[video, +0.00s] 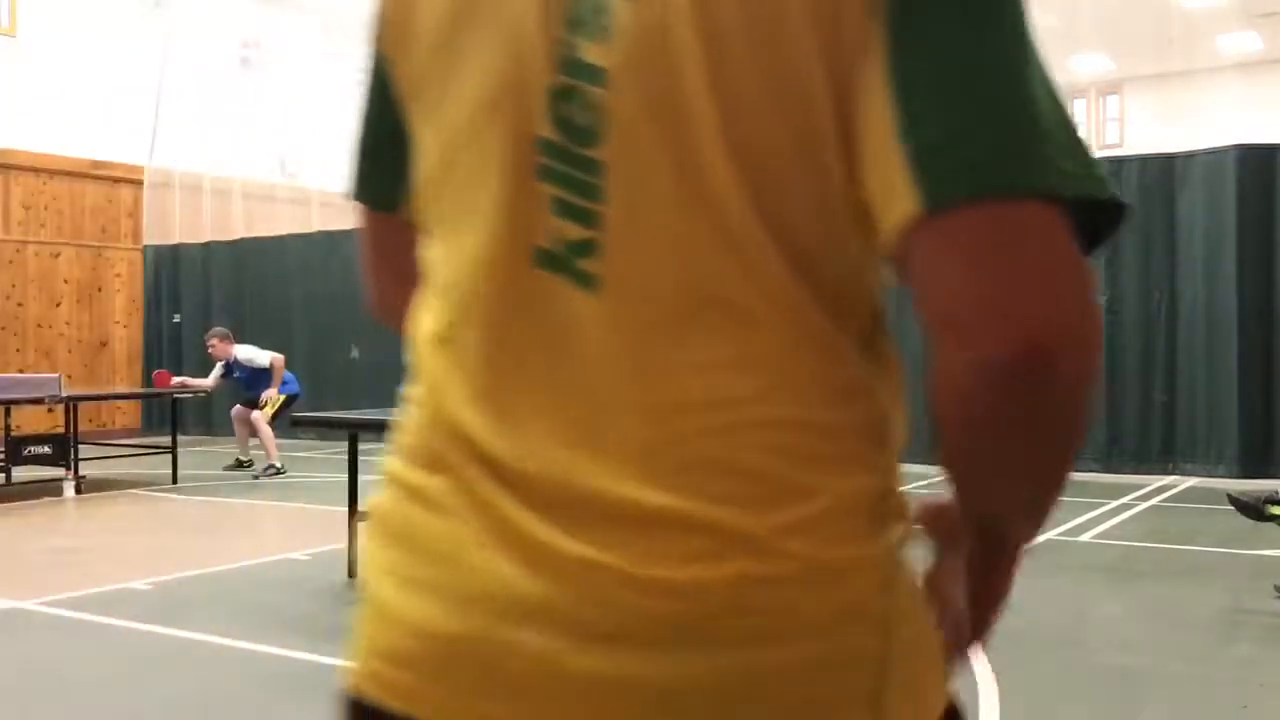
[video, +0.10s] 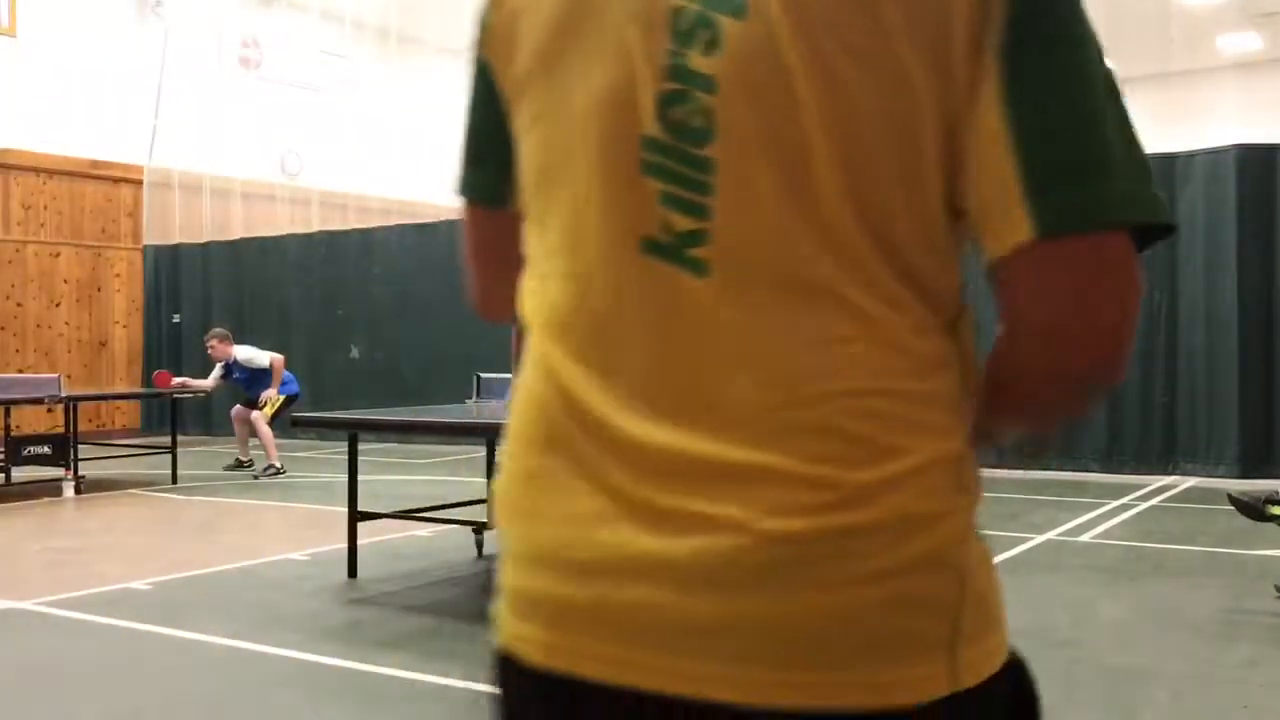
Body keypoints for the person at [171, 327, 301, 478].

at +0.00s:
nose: (209, 351)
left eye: (212, 346)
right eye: (208, 347)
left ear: (226, 343)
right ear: (223, 345)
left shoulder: (243, 353)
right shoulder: (224, 362)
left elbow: (278, 360)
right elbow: (210, 383)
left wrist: (274, 388)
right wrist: (186, 381)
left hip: (284, 389)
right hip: (264, 390)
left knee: (257, 417)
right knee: (238, 413)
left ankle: (275, 464)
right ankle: (244, 459)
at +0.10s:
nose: (209, 352)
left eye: (212, 347)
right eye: (208, 349)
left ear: (225, 344)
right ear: (222, 347)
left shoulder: (243, 354)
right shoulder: (224, 364)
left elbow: (278, 360)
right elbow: (210, 384)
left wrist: (274, 388)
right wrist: (186, 382)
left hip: (284, 389)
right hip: (262, 391)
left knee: (257, 417)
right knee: (238, 414)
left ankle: (275, 464)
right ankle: (244, 459)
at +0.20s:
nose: (209, 351)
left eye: (211, 346)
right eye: (208, 347)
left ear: (225, 344)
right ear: (222, 346)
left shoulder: (243, 354)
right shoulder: (224, 363)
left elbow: (277, 360)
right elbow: (209, 383)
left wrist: (274, 388)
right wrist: (185, 382)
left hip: (283, 389)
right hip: (262, 391)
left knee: (257, 417)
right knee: (237, 414)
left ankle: (275, 464)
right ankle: (244, 459)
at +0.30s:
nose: (209, 349)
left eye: (212, 345)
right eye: (208, 345)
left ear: (226, 342)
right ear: (222, 344)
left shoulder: (243, 353)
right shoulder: (224, 361)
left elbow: (277, 359)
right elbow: (210, 382)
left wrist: (273, 388)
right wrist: (185, 381)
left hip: (283, 388)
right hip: (262, 389)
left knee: (256, 417)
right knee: (237, 414)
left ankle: (275, 465)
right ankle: (244, 459)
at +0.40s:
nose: (209, 346)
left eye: (212, 341)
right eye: (208, 342)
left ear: (226, 339)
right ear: (222, 340)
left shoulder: (243, 350)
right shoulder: (223, 359)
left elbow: (277, 358)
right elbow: (210, 381)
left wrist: (272, 387)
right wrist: (185, 381)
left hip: (282, 387)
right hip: (261, 388)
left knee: (256, 417)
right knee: (237, 414)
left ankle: (275, 465)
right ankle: (244, 459)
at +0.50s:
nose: (209, 343)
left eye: (212, 338)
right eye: (208, 339)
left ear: (225, 336)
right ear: (222, 337)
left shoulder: (243, 348)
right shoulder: (223, 356)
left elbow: (276, 357)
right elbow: (210, 378)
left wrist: (271, 386)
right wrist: (184, 380)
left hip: (282, 386)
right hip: (261, 388)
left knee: (256, 416)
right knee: (237, 414)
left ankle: (275, 465)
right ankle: (244, 459)